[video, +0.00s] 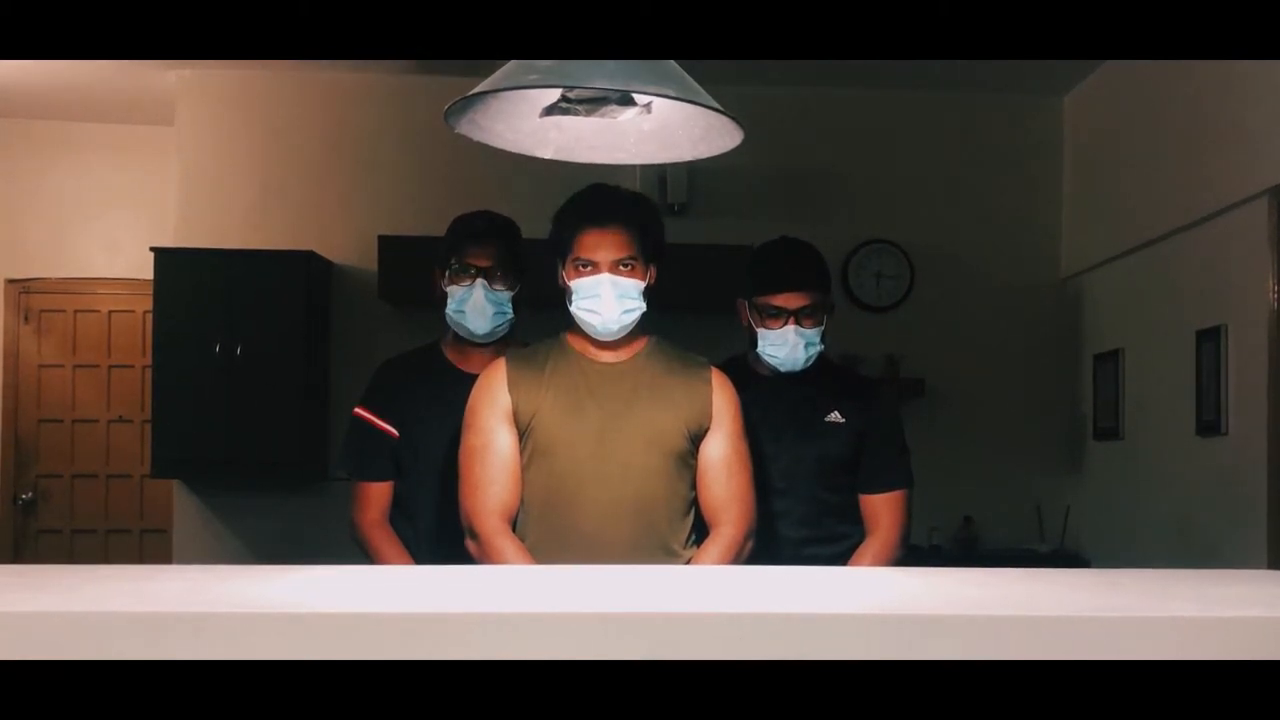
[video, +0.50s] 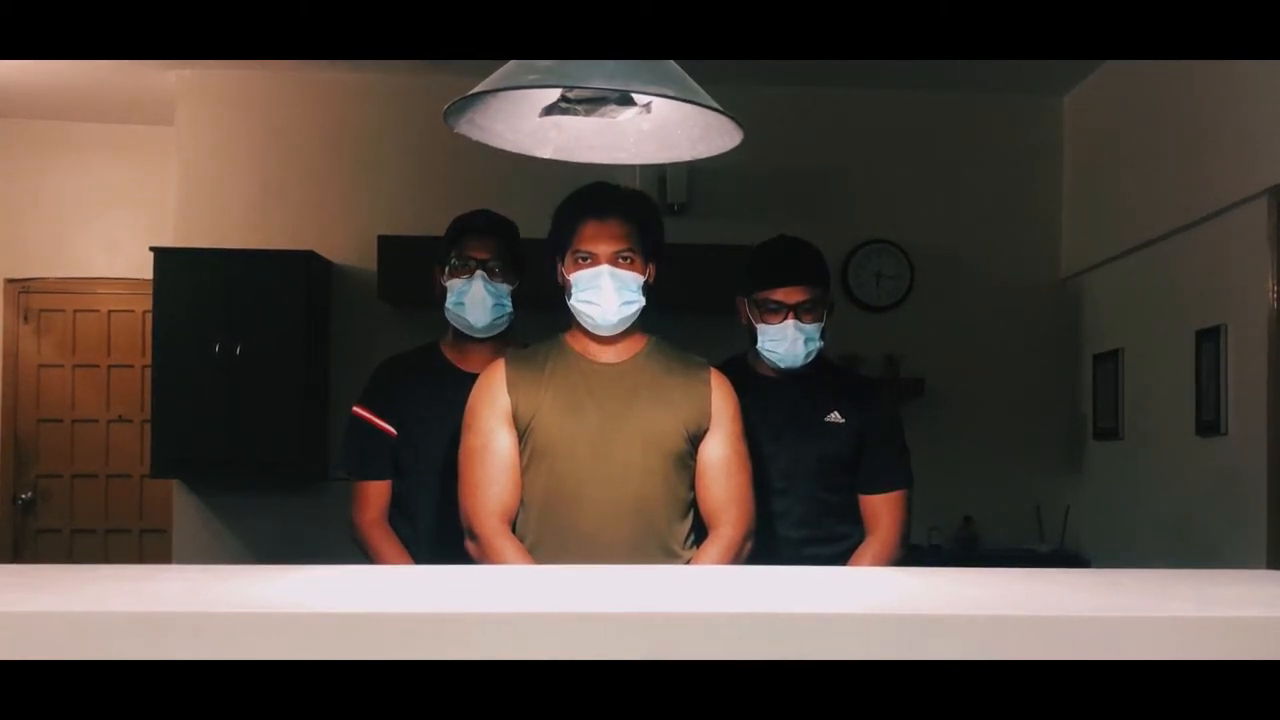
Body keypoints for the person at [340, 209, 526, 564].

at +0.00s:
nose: (480, 292)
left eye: (497, 277)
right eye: (464, 274)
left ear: (517, 287)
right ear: (442, 280)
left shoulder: (540, 383)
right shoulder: (399, 380)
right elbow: (370, 520)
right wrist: (423, 598)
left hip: (517, 594)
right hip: (428, 592)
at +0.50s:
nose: (479, 284)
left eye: (496, 270)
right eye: (463, 267)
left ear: (515, 283)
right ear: (442, 277)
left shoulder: (540, 382)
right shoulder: (397, 380)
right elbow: (369, 520)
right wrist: (422, 598)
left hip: (518, 593)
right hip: (427, 592)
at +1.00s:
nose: (478, 278)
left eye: (496, 266)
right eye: (463, 262)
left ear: (516, 280)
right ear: (442, 276)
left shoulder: (541, 381)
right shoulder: (397, 379)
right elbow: (368, 519)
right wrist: (422, 600)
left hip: (517, 594)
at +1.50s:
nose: (481, 271)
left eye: (498, 259)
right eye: (465, 256)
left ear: (516, 275)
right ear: (443, 273)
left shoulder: (541, 380)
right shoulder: (397, 378)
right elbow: (368, 520)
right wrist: (422, 599)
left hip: (517, 593)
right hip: (426, 591)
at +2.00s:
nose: (480, 263)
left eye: (496, 252)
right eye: (464, 251)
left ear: (515, 270)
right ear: (442, 270)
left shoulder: (542, 380)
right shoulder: (397, 379)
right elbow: (368, 519)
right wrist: (421, 598)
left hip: (518, 594)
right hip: (426, 592)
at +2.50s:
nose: (482, 263)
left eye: (498, 253)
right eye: (468, 251)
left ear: (516, 270)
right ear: (444, 271)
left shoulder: (542, 382)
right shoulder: (397, 380)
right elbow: (368, 519)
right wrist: (422, 598)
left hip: (518, 594)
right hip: (427, 592)